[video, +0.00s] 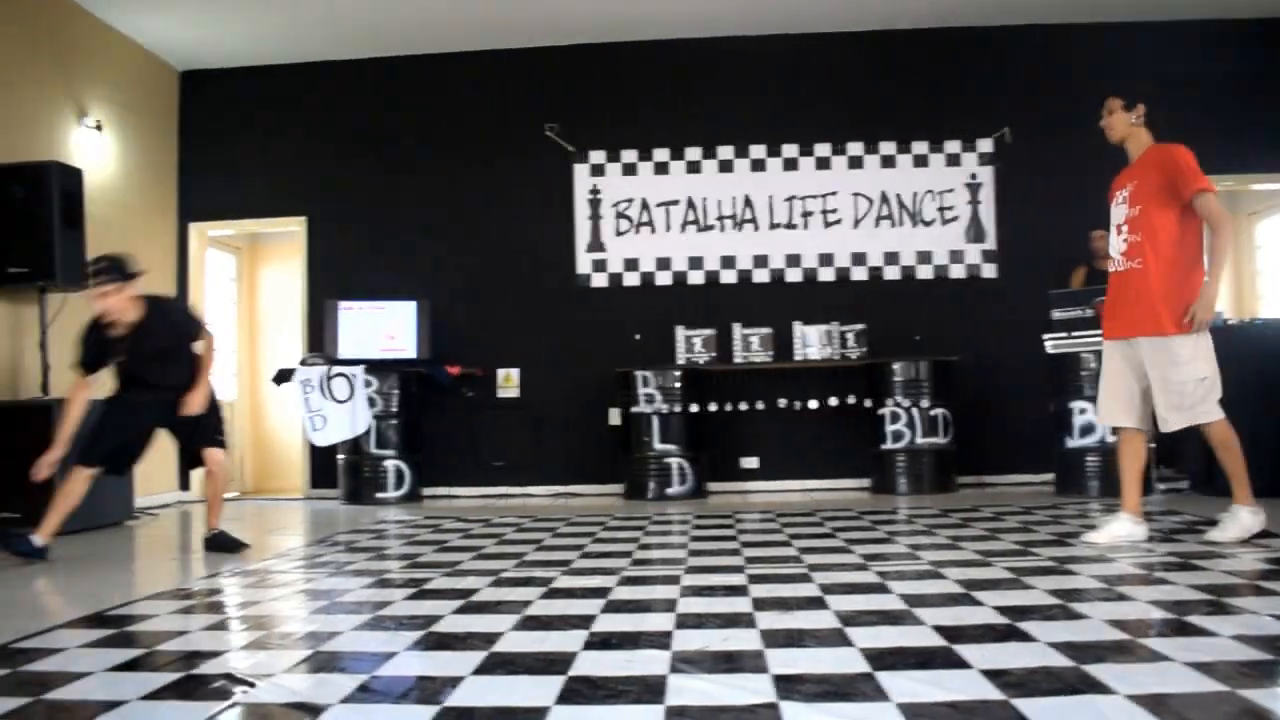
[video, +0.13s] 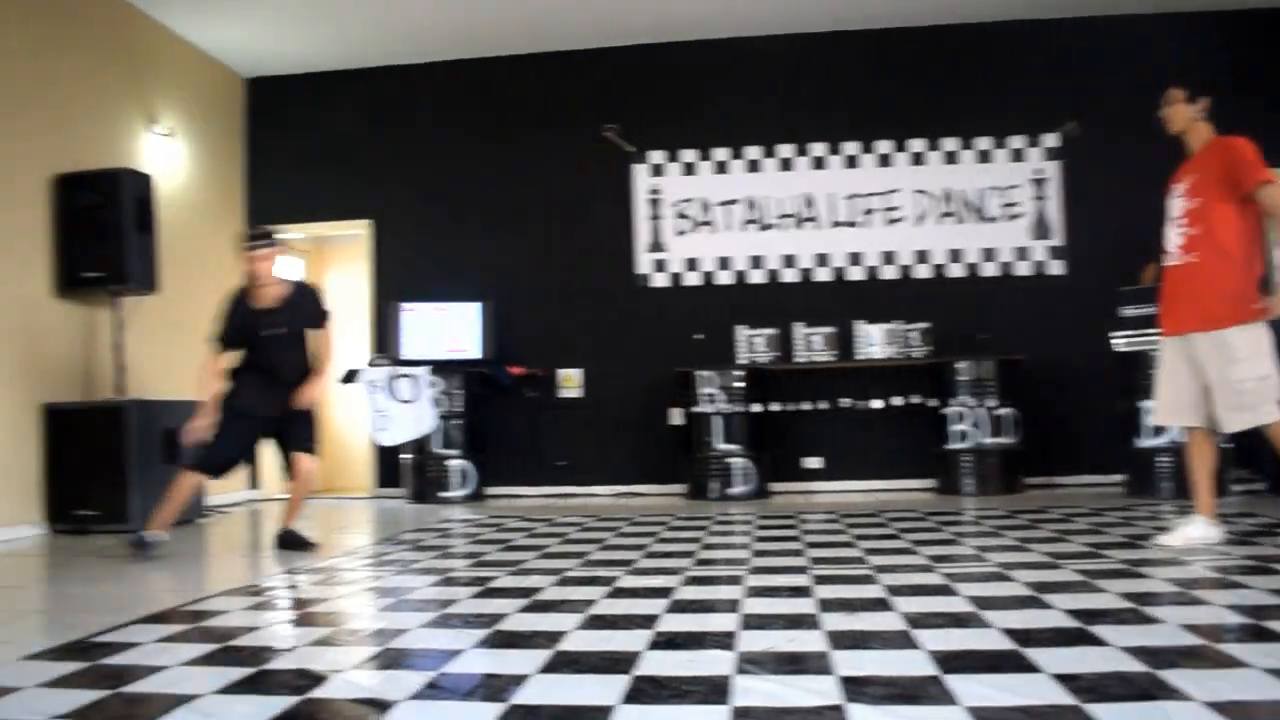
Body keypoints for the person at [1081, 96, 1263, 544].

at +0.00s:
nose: (1103, 121)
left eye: (1111, 111)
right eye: (1102, 115)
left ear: (1138, 113)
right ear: (1114, 125)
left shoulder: (1172, 157)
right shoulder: (1120, 182)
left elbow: (1220, 221)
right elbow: (1145, 247)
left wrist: (1210, 292)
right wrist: (1109, 251)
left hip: (1172, 316)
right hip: (1124, 320)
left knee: (1207, 413)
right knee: (1128, 421)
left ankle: (1246, 507)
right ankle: (1131, 518)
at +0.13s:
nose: (1163, 112)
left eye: (1172, 102)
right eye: (1163, 104)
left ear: (1201, 106)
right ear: (1181, 112)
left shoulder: (1234, 151)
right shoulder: (1183, 173)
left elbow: (1275, 206)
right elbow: (1196, 238)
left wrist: (1277, 286)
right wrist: (1163, 268)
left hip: (1232, 312)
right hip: (1182, 318)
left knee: (1266, 416)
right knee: (1195, 423)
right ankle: (1205, 519)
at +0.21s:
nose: (1198, 108)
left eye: (1207, 98)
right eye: (1197, 100)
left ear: (1236, 102)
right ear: (1206, 110)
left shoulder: (1265, 149)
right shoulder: (1216, 169)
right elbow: (1224, 236)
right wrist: (1200, 270)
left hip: (1261, 312)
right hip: (1217, 316)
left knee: (1272, 421)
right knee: (1229, 421)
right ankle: (1244, 520)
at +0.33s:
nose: (1261, 98)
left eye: (1269, 88)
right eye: (1260, 89)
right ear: (1261, 98)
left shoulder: (1271, 170)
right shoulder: (1268, 171)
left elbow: (1264, 247)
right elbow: (1266, 244)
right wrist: (1259, 287)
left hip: (1278, 314)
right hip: (1272, 314)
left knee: (1269, 413)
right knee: (1267, 413)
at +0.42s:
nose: (1272, 97)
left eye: (1275, 87)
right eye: (1271, 88)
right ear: (1268, 95)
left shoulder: (1273, 170)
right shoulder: (1272, 169)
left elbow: (1274, 237)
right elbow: (1274, 235)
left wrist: (1267, 296)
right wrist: (1266, 295)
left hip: (1279, 307)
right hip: (1278, 308)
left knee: (1279, 404)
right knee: (1277, 404)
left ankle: (1276, 476)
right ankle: (1275, 476)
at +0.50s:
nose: (1274, 93)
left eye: (1278, 85)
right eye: (1275, 85)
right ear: (1274, 90)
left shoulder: (1276, 168)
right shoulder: (1276, 168)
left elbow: (1276, 239)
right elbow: (1277, 238)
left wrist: (1252, 299)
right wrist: (1252, 299)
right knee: (1279, 414)